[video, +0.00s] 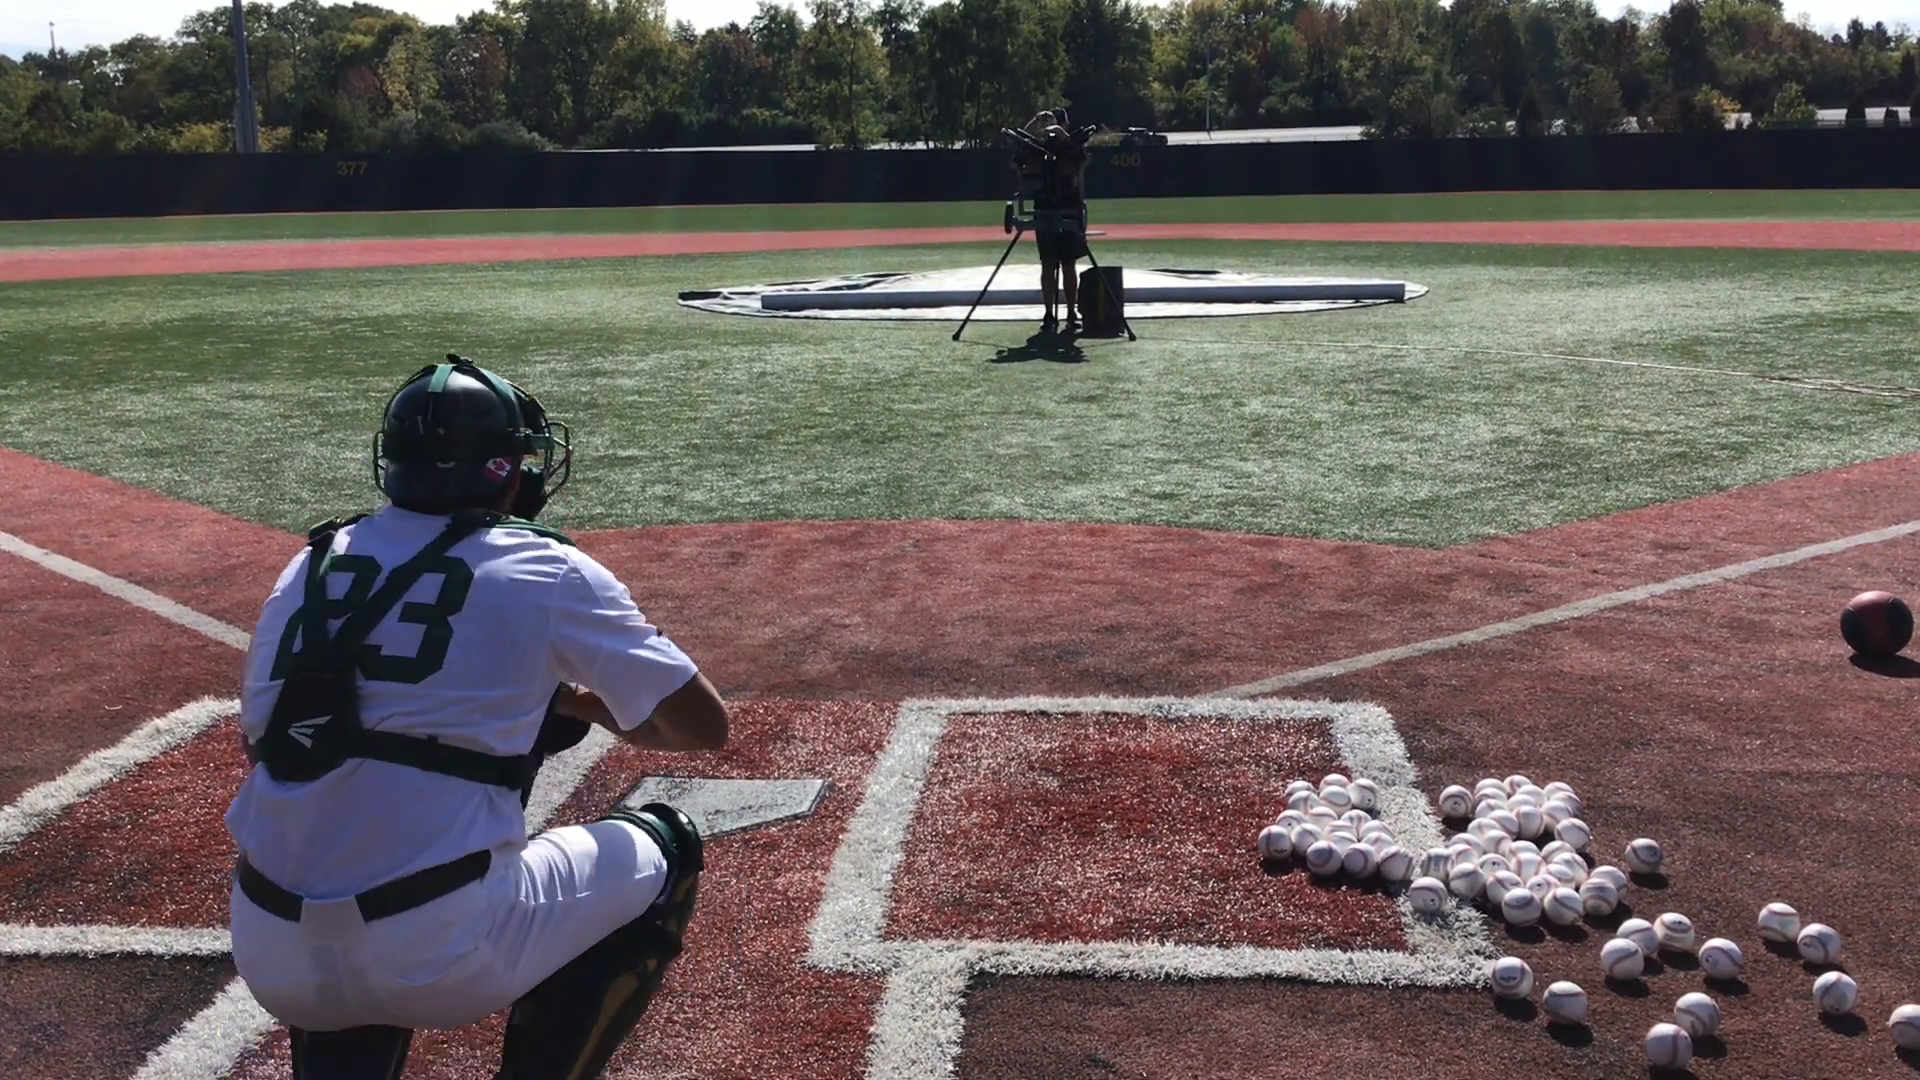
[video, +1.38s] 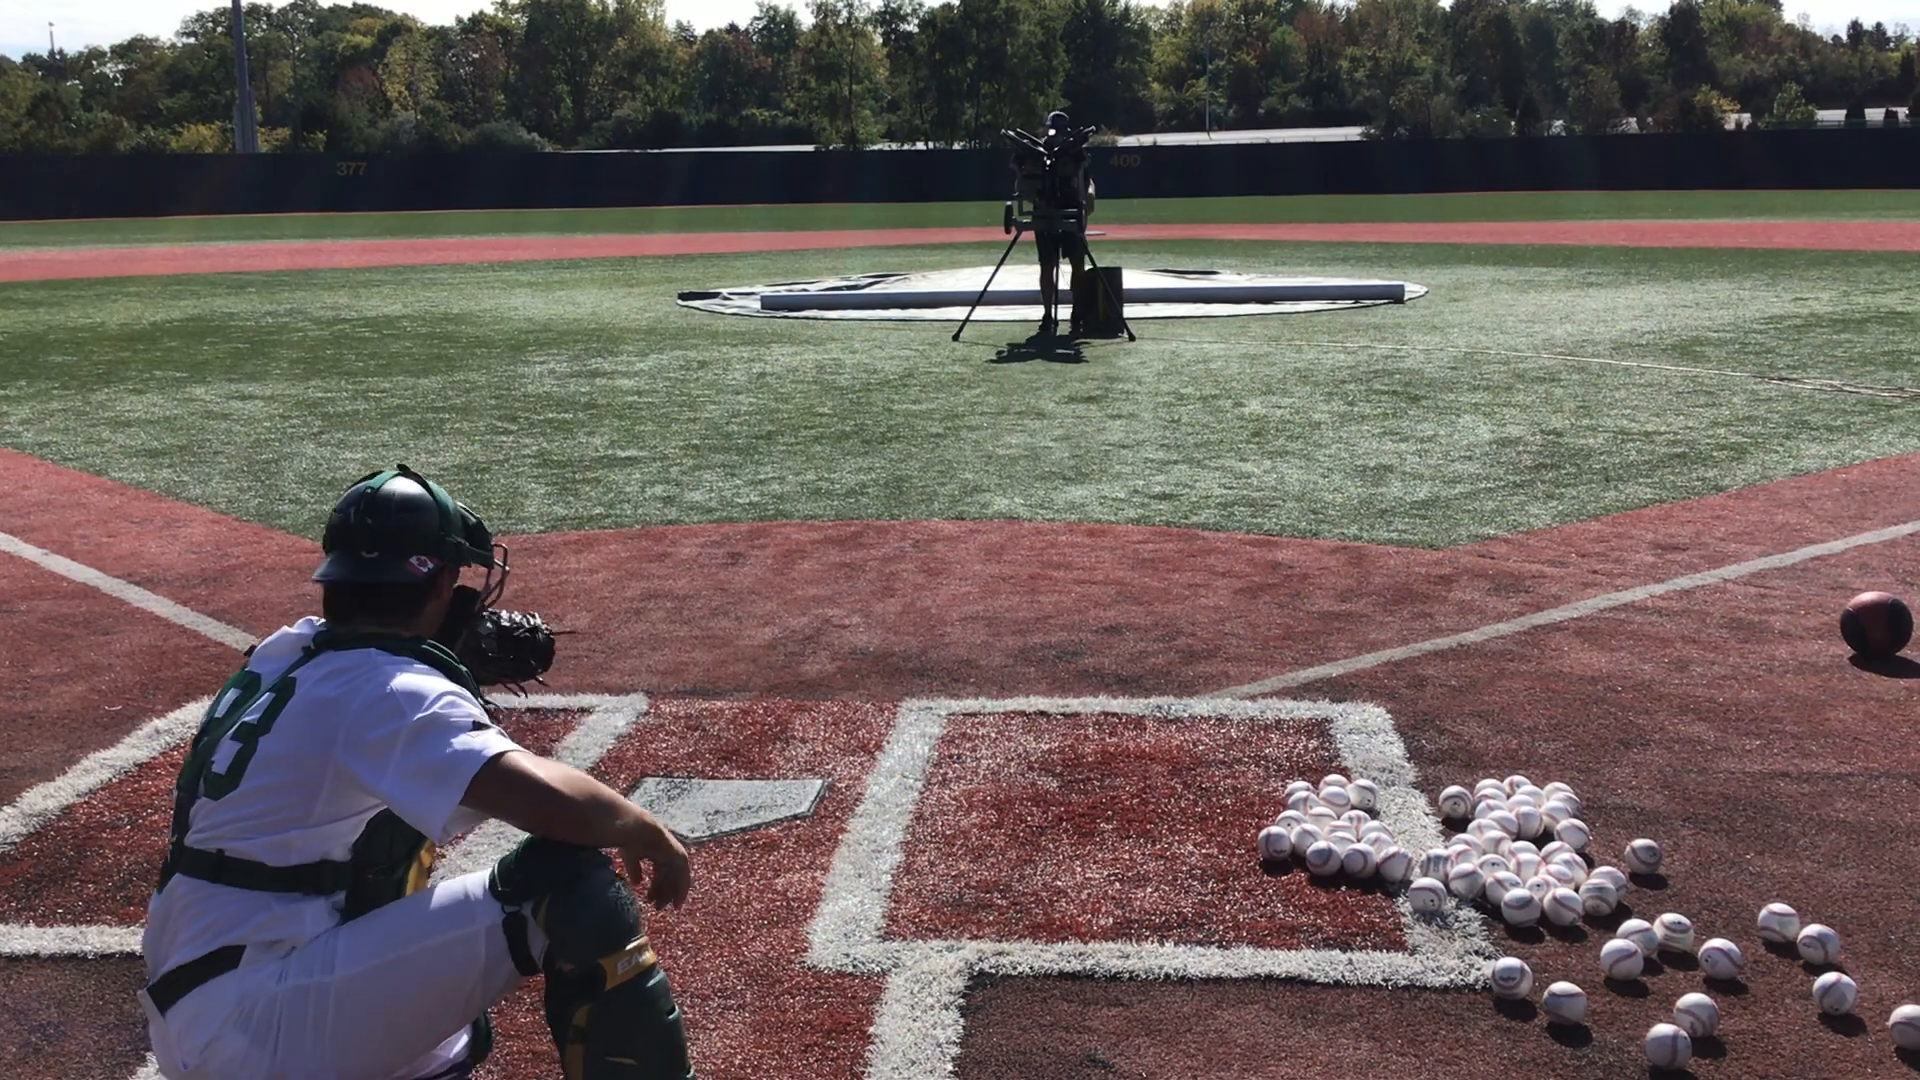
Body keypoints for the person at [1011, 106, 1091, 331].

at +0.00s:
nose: (1053, 132)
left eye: (1057, 128)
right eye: (1050, 129)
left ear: (1066, 127)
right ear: (1046, 131)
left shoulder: (1073, 148)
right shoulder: (1038, 150)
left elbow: (1079, 155)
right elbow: (1018, 147)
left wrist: (1061, 132)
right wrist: (1034, 123)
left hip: (1069, 213)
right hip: (1045, 213)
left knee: (1069, 267)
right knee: (1048, 268)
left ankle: (1071, 313)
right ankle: (1049, 314)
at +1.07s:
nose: (1048, 129)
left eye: (1052, 125)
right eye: (1044, 125)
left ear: (1060, 127)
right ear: (1039, 128)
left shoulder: (1070, 148)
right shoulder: (1034, 150)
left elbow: (1078, 163)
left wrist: (1069, 142)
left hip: (1068, 214)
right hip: (1043, 215)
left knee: (1068, 267)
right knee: (1047, 268)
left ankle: (1071, 313)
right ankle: (1048, 315)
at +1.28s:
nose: (1050, 131)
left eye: (1054, 127)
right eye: (1046, 127)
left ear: (1061, 129)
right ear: (1041, 130)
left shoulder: (1071, 149)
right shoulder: (1034, 151)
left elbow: (1080, 166)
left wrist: (1073, 145)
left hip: (1070, 215)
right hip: (1044, 217)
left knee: (1072, 268)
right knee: (1047, 269)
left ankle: (1072, 314)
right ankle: (1048, 315)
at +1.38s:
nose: (1054, 134)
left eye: (1059, 130)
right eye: (1051, 129)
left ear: (1067, 132)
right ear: (1046, 131)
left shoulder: (1076, 151)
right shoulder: (1037, 152)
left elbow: (1086, 177)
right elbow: (1025, 185)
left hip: (1073, 215)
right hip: (1045, 216)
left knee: (1078, 268)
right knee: (1047, 268)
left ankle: (1077, 316)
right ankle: (1048, 315)